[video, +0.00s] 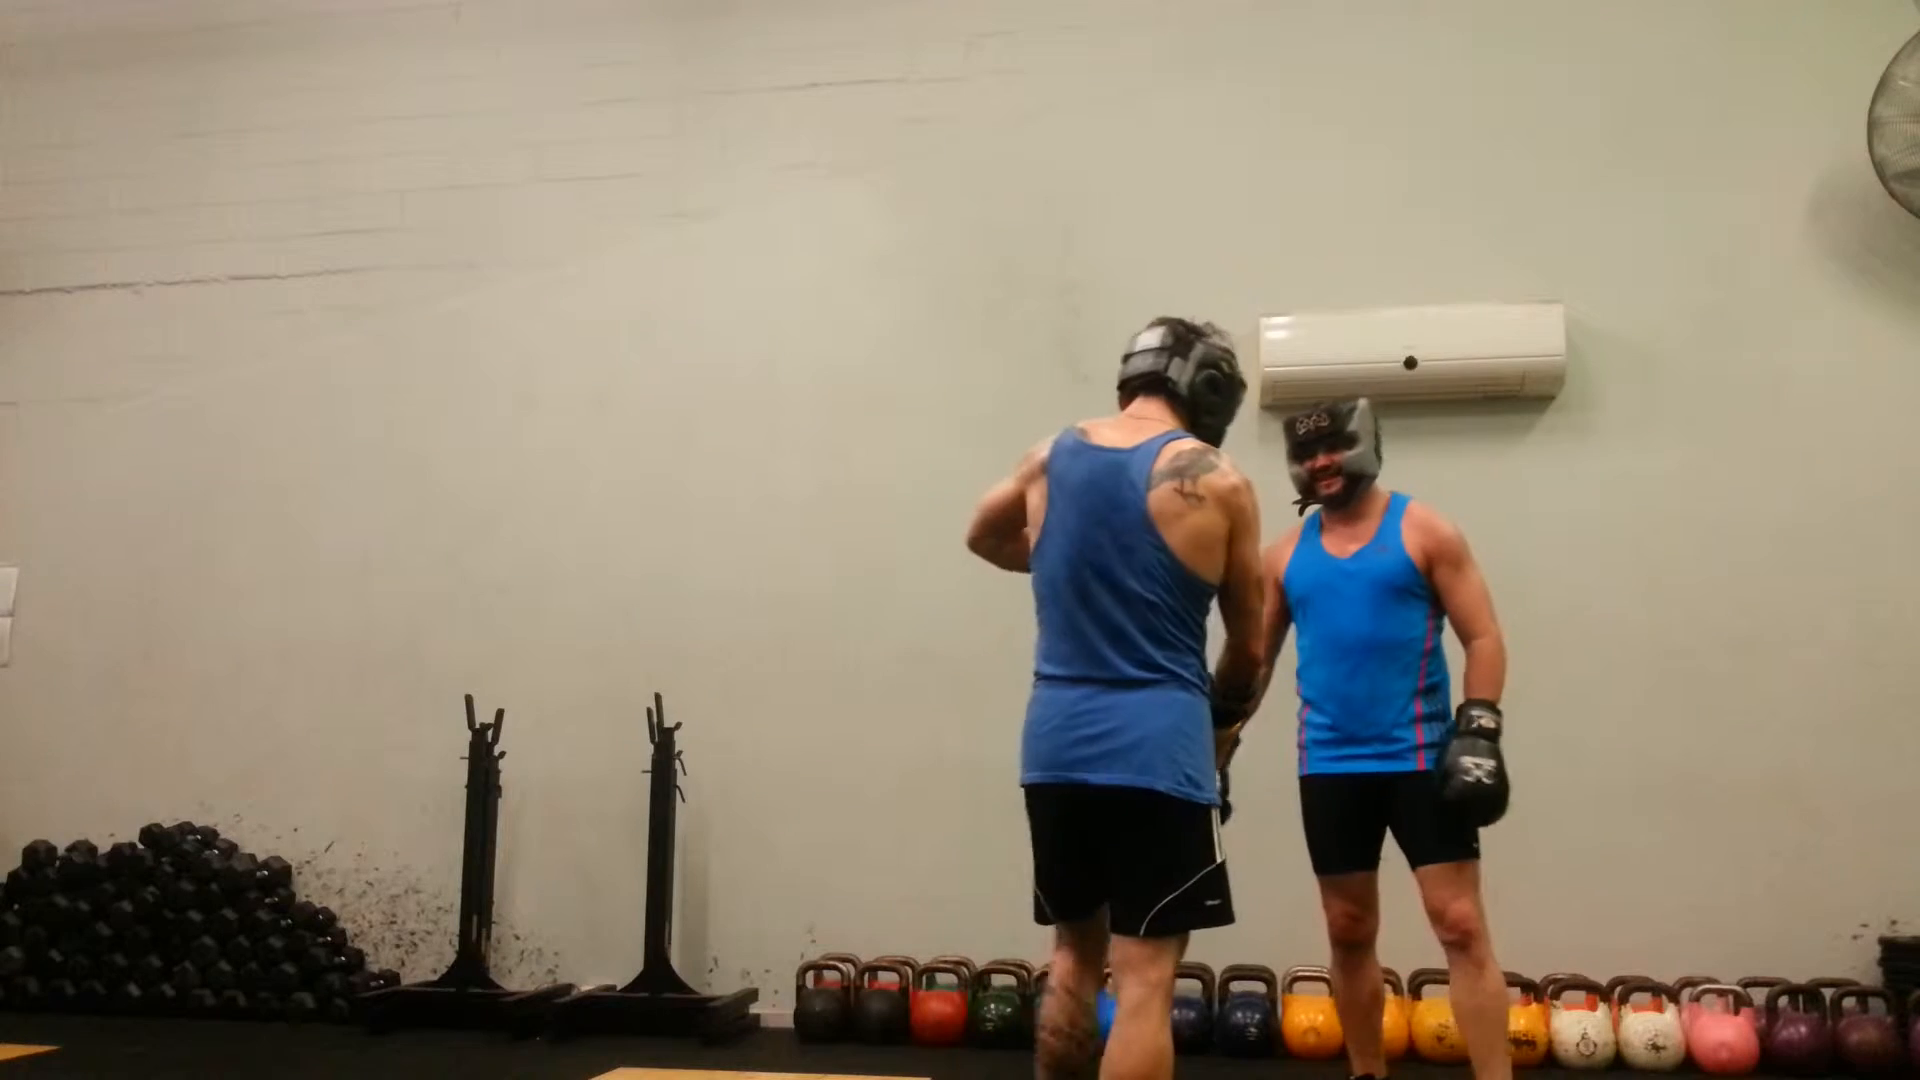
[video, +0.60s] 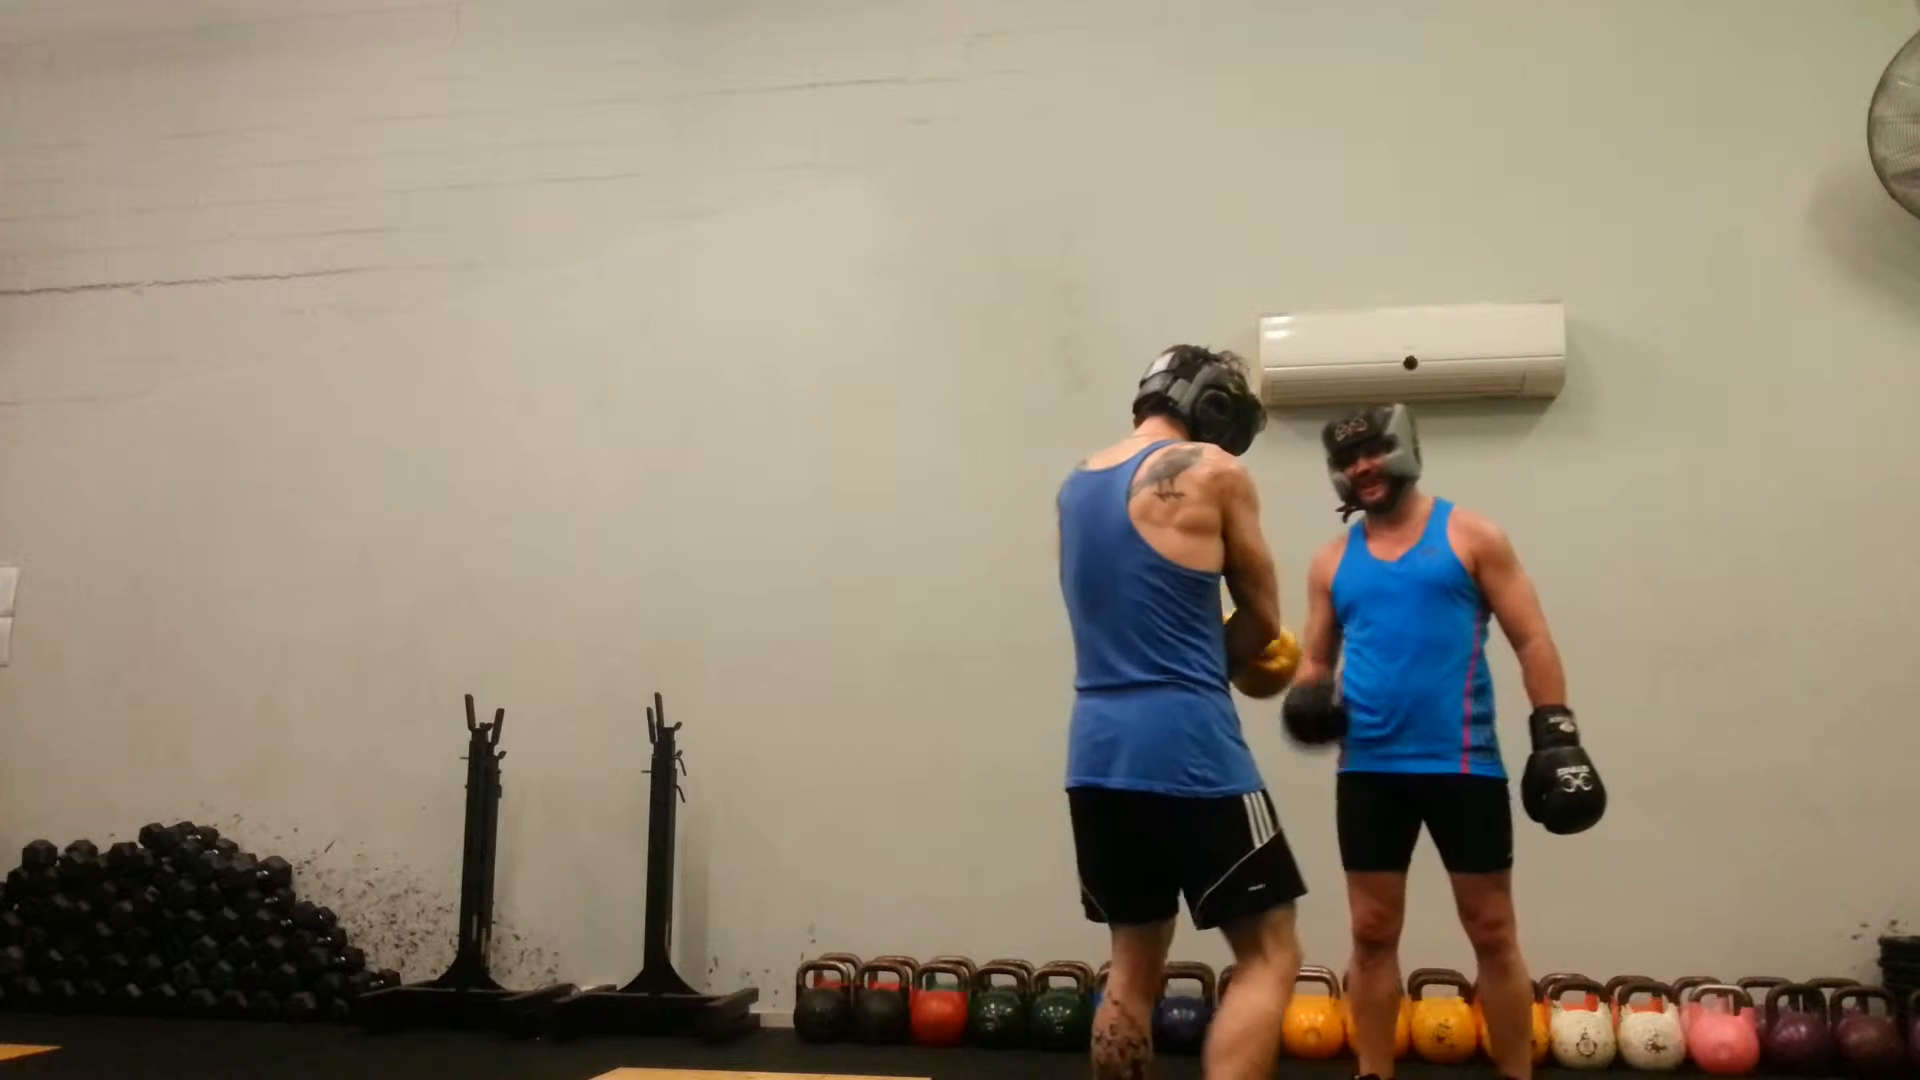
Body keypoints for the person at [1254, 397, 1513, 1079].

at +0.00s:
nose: (1323, 463)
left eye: (1337, 447)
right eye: (1308, 453)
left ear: (1368, 448)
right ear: (1295, 466)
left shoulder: (1425, 532)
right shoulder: (1283, 555)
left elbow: (1482, 637)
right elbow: (1251, 665)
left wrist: (1478, 732)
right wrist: (1214, 750)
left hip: (1423, 762)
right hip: (1331, 769)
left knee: (1460, 926)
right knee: (1348, 930)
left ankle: (1493, 1076)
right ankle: (1367, 1072)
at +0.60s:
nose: (1366, 472)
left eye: (1378, 456)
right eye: (1350, 464)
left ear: (1409, 454)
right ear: (1337, 475)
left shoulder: (1472, 537)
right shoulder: (1332, 561)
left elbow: (1531, 637)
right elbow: (1315, 658)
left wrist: (1555, 737)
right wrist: (1308, 702)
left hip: (1464, 767)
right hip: (1371, 770)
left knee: (1492, 933)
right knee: (1371, 932)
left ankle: (1515, 1074)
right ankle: (1374, 1074)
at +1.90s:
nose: (1447, 477)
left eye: (1458, 461)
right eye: (1434, 466)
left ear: (1483, 466)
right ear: (1416, 481)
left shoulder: (1543, 543)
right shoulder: (1401, 545)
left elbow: (1589, 647)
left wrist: (1611, 743)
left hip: (1512, 768)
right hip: (1419, 767)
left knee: (1521, 934)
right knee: (1391, 945)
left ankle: (1525, 1072)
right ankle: (1381, 1070)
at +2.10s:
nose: (1443, 480)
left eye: (1454, 463)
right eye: (1430, 469)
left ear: (1478, 466)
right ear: (1414, 481)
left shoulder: (1538, 541)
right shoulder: (1397, 546)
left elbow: (1586, 646)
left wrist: (1601, 741)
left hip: (1508, 765)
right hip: (1413, 765)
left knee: (1519, 934)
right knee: (1391, 945)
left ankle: (1525, 1072)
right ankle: (1384, 1069)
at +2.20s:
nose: (1441, 479)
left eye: (1452, 463)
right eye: (1427, 467)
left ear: (1478, 464)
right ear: (1408, 476)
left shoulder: (1536, 541)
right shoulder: (1391, 546)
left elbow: (1584, 647)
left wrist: (1599, 741)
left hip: (1507, 766)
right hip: (1412, 768)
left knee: (1518, 932)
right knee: (1394, 950)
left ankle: (1524, 1072)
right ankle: (1386, 1070)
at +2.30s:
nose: (1439, 470)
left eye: (1450, 454)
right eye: (1426, 460)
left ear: (1473, 459)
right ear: (1409, 473)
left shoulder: (1536, 543)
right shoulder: (1395, 548)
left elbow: (1584, 650)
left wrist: (1598, 744)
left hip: (1507, 763)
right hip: (1415, 764)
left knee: (1518, 934)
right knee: (1405, 942)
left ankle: (1524, 1072)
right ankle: (1392, 1069)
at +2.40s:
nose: (1442, 472)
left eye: (1455, 449)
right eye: (1426, 458)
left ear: (1479, 462)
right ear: (1407, 473)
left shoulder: (1537, 541)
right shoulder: (1393, 545)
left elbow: (1587, 651)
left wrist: (1602, 744)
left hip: (1511, 767)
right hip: (1414, 768)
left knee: (1520, 935)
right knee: (1392, 937)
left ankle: (1523, 1072)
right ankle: (1381, 1070)